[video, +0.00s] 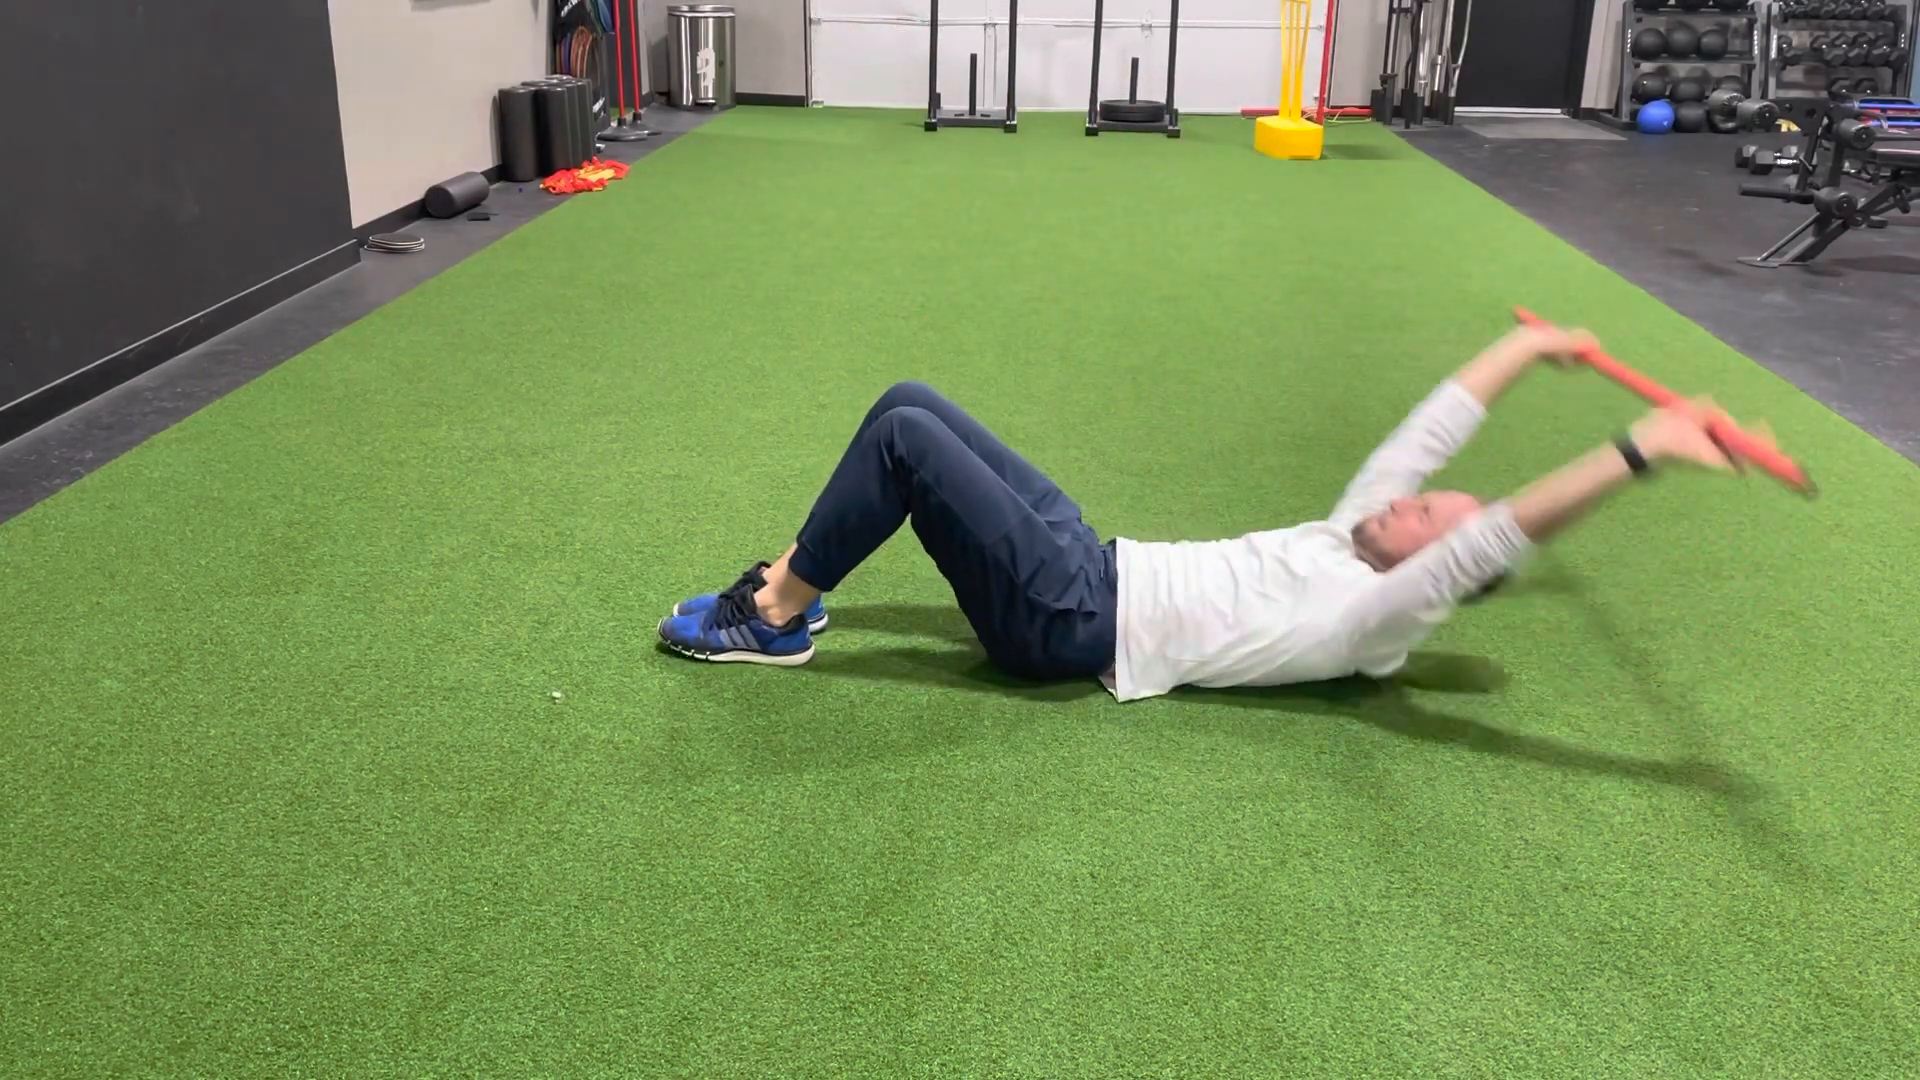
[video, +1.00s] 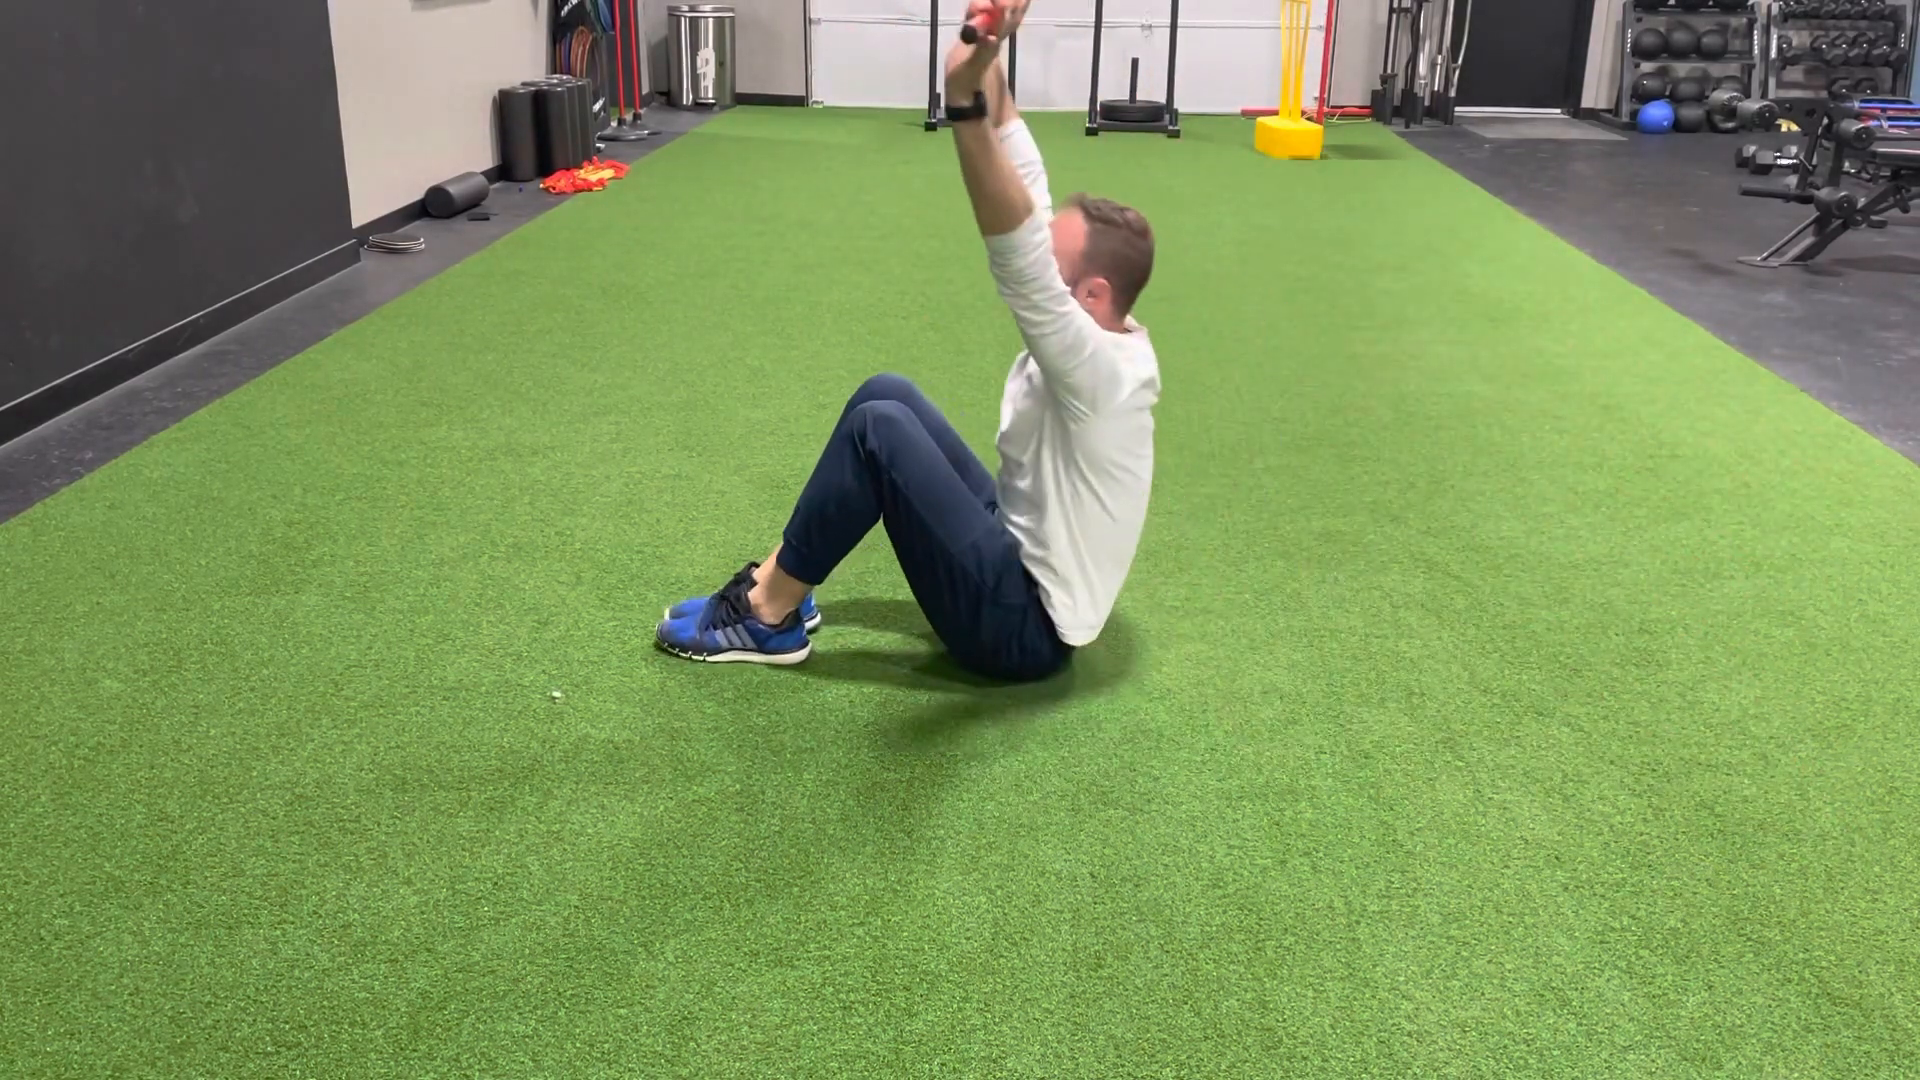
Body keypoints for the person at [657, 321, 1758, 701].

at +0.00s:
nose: (1420, 506)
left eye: (1442, 519)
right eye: (1430, 497)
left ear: (1448, 564)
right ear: (1404, 506)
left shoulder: (1379, 615)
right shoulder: (1350, 535)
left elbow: (1514, 530)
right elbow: (1425, 434)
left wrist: (1641, 441)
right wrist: (1525, 339)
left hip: (1082, 614)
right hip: (1096, 565)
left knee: (903, 424)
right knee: (909, 412)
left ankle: (781, 608)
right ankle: (786, 586)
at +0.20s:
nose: (1321, 433)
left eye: (1341, 436)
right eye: (1329, 424)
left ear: (1366, 476)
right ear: (1328, 446)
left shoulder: (1337, 560)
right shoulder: (1295, 480)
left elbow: (1360, 404)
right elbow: (1301, 350)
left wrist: (1392, 277)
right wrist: (1330, 194)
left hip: (1083, 617)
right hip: (1098, 568)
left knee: (908, 424)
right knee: (912, 407)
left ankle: (777, 608)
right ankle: (791, 584)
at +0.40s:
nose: (1218, 378)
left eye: (1237, 366)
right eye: (1223, 361)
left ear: (1274, 402)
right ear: (1261, 396)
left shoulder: (1277, 485)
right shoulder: (1240, 440)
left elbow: (1214, 371)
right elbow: (1185, 340)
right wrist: (1155, 174)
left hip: (1076, 622)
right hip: (1080, 573)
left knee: (910, 429)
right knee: (911, 406)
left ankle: (777, 609)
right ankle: (786, 587)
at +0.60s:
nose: (1141, 312)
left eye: (1156, 303)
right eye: (1145, 295)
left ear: (1194, 339)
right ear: (1204, 341)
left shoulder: (1210, 428)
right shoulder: (1200, 392)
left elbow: (1135, 311)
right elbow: (1134, 285)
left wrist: (1087, 164)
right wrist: (1088, 140)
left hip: (1064, 617)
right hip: (1062, 559)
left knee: (901, 428)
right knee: (902, 403)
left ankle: (776, 610)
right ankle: (785, 589)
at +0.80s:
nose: (1087, 286)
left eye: (1101, 278)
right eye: (1091, 270)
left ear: (1139, 317)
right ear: (1138, 316)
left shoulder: (1147, 393)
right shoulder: (1142, 362)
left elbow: (1076, 282)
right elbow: (1080, 233)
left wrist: (1027, 122)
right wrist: (1042, 109)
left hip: (1047, 621)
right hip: (1041, 560)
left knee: (892, 433)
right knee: (889, 400)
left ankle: (772, 609)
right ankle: (779, 586)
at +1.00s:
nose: (1039, 275)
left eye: (1053, 264)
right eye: (1043, 255)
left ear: (1092, 298)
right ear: (1092, 297)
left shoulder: (1097, 370)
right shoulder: (1092, 336)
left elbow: (1021, 268)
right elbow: (1035, 206)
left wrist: (965, 107)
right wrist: (993, 73)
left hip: (1026, 619)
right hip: (1027, 559)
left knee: (880, 433)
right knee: (885, 398)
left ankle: (769, 612)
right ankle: (782, 585)